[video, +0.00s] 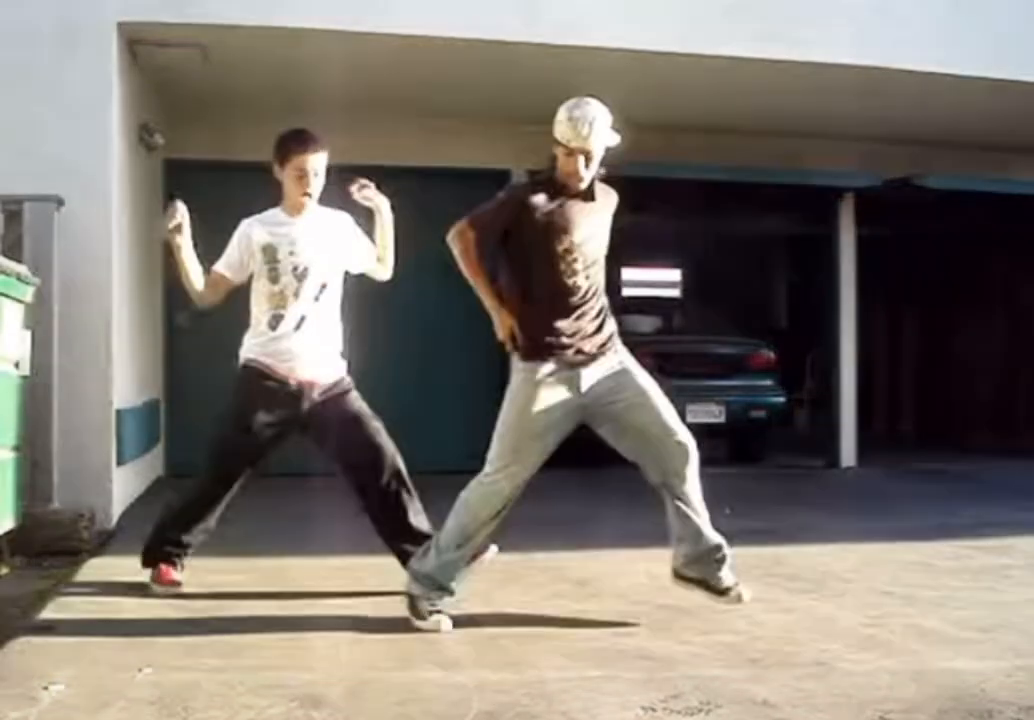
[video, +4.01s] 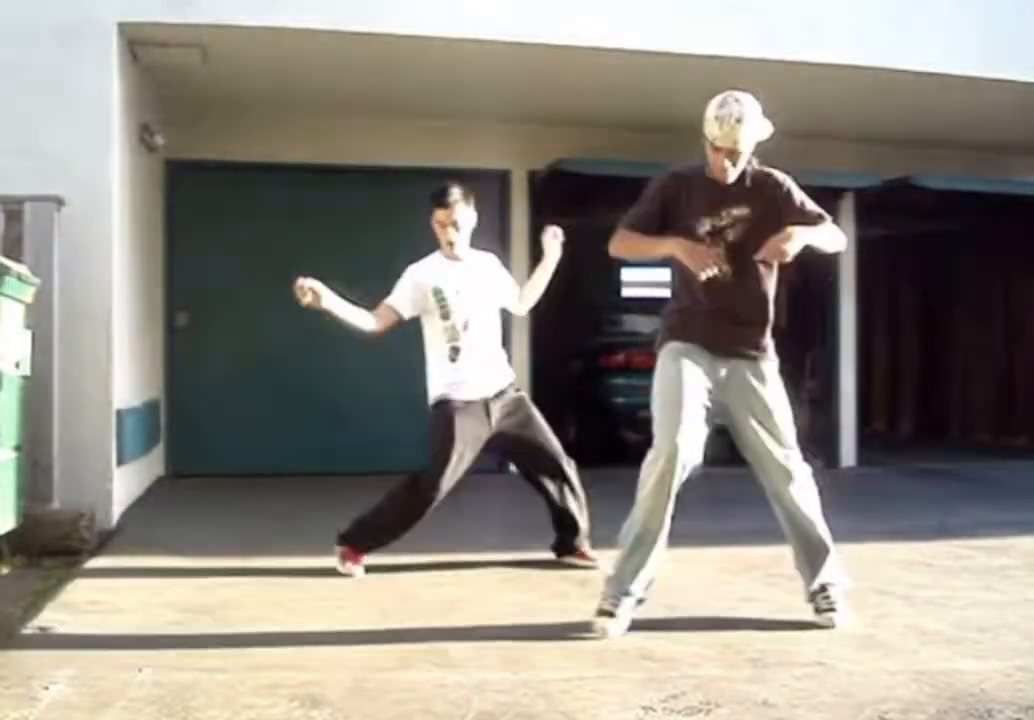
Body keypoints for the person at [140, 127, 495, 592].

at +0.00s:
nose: (310, 182)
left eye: (317, 172)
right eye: (300, 172)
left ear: (325, 173)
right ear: (279, 172)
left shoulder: (339, 225)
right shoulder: (255, 231)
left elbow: (382, 268)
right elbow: (207, 294)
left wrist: (383, 213)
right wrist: (181, 241)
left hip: (328, 380)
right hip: (267, 378)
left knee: (384, 465)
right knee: (224, 472)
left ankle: (431, 565)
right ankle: (166, 554)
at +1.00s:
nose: (395, 178)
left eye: (403, 170)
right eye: (388, 169)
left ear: (415, 168)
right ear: (374, 164)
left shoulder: (428, 216)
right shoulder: (345, 210)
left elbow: (456, 275)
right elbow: (324, 276)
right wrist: (314, 339)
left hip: (410, 339)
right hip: (358, 333)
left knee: (426, 430)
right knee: (359, 427)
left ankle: (418, 525)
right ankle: (386, 529)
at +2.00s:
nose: (388, 208)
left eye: (396, 200)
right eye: (382, 199)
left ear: (412, 197)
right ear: (372, 198)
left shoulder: (430, 244)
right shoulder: (352, 247)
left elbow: (455, 301)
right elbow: (326, 306)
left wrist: (486, 270)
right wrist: (282, 315)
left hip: (418, 367)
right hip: (371, 362)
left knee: (399, 457)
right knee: (387, 446)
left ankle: (346, 528)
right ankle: (425, 542)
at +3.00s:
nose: (333, 182)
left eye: (341, 174)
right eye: (326, 174)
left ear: (356, 174)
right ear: (316, 174)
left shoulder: (373, 221)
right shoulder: (298, 220)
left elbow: (408, 270)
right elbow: (257, 277)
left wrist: (424, 222)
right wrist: (249, 230)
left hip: (373, 348)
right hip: (322, 347)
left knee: (413, 427)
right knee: (298, 436)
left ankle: (396, 521)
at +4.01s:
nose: (449, 233)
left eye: (456, 224)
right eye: (441, 224)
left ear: (472, 221)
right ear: (432, 224)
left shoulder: (488, 265)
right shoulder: (421, 276)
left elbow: (523, 302)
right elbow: (375, 323)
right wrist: (326, 299)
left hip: (505, 392)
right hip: (458, 399)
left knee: (558, 466)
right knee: (434, 487)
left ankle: (572, 543)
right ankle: (354, 544)